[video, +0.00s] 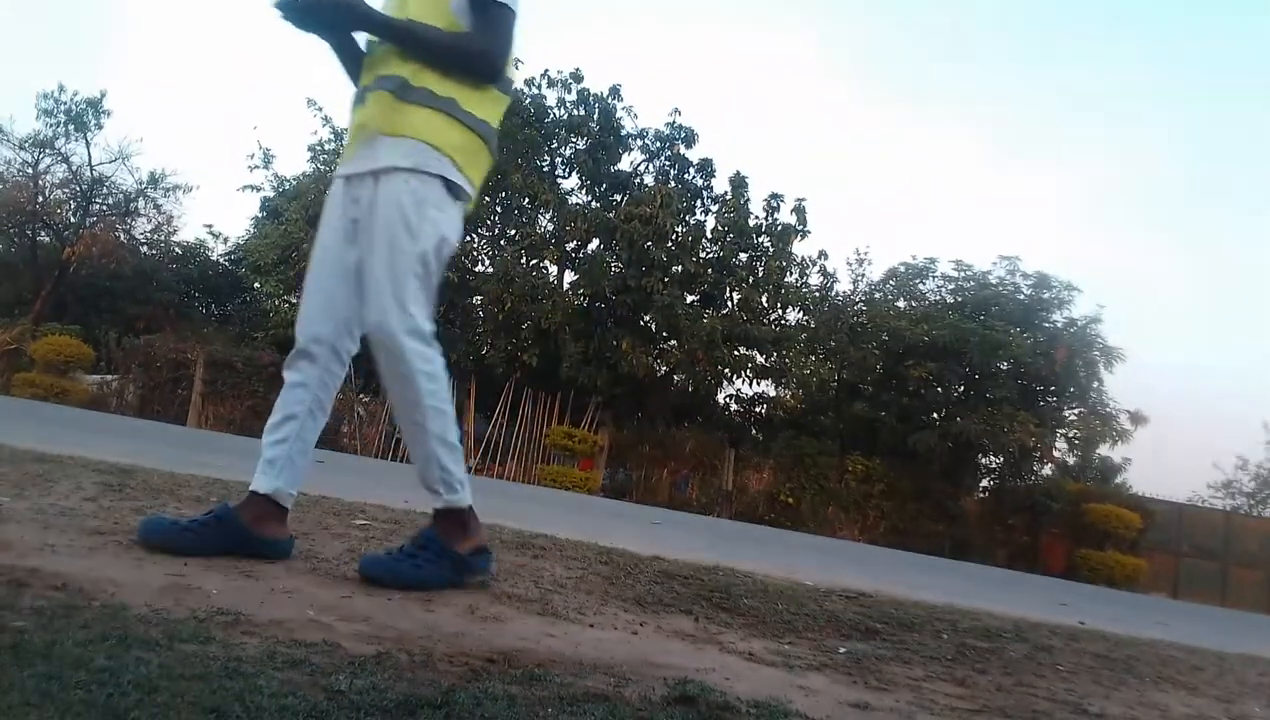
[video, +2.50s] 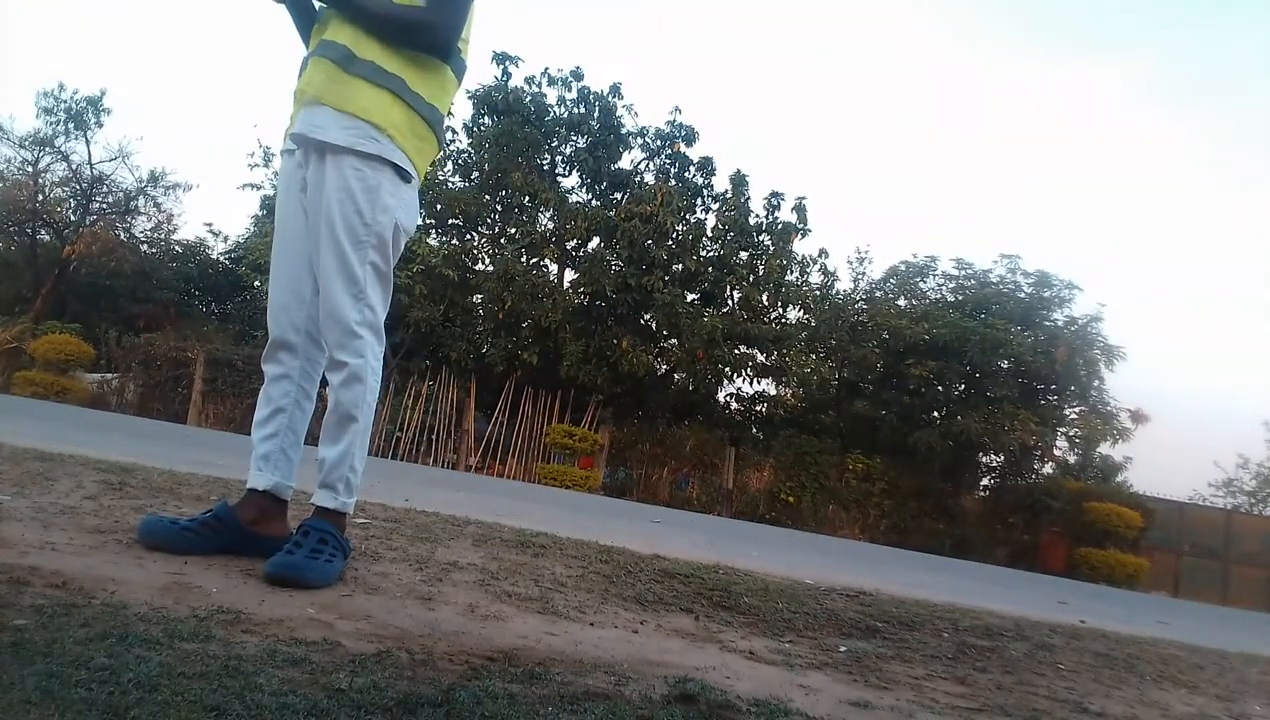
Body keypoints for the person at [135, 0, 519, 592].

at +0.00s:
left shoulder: (480, 5)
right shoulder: (401, 18)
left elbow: (487, 59)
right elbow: (380, 91)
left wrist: (370, 18)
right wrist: (335, 32)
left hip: (425, 157)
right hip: (358, 161)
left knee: (397, 327)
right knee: (318, 342)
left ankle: (459, 529)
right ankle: (263, 512)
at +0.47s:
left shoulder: (446, 8)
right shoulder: (337, 17)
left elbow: (442, 34)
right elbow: (312, 54)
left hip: (375, 136)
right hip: (302, 131)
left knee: (340, 330)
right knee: (284, 333)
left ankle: (327, 522)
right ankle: (261, 510)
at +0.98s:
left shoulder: (448, 10)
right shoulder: (332, 22)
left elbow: (442, 29)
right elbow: (319, 37)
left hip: (381, 138)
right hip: (305, 135)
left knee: (356, 340)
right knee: (291, 336)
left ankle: (327, 523)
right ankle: (261, 510)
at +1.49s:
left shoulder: (450, 10)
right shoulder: (340, 24)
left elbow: (442, 28)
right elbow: (325, 39)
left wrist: (350, 0)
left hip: (382, 140)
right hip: (311, 135)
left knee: (356, 341)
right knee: (291, 336)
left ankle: (328, 523)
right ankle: (262, 509)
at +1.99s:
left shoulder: (449, 10)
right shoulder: (338, 24)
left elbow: (443, 29)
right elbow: (322, 38)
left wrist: (351, 1)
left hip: (380, 138)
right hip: (308, 133)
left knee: (354, 339)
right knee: (290, 334)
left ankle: (328, 523)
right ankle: (262, 509)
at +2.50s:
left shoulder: (446, 8)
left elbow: (439, 30)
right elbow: (324, 39)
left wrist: (344, 1)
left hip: (377, 135)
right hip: (307, 129)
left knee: (352, 337)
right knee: (289, 334)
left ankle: (328, 523)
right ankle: (262, 508)